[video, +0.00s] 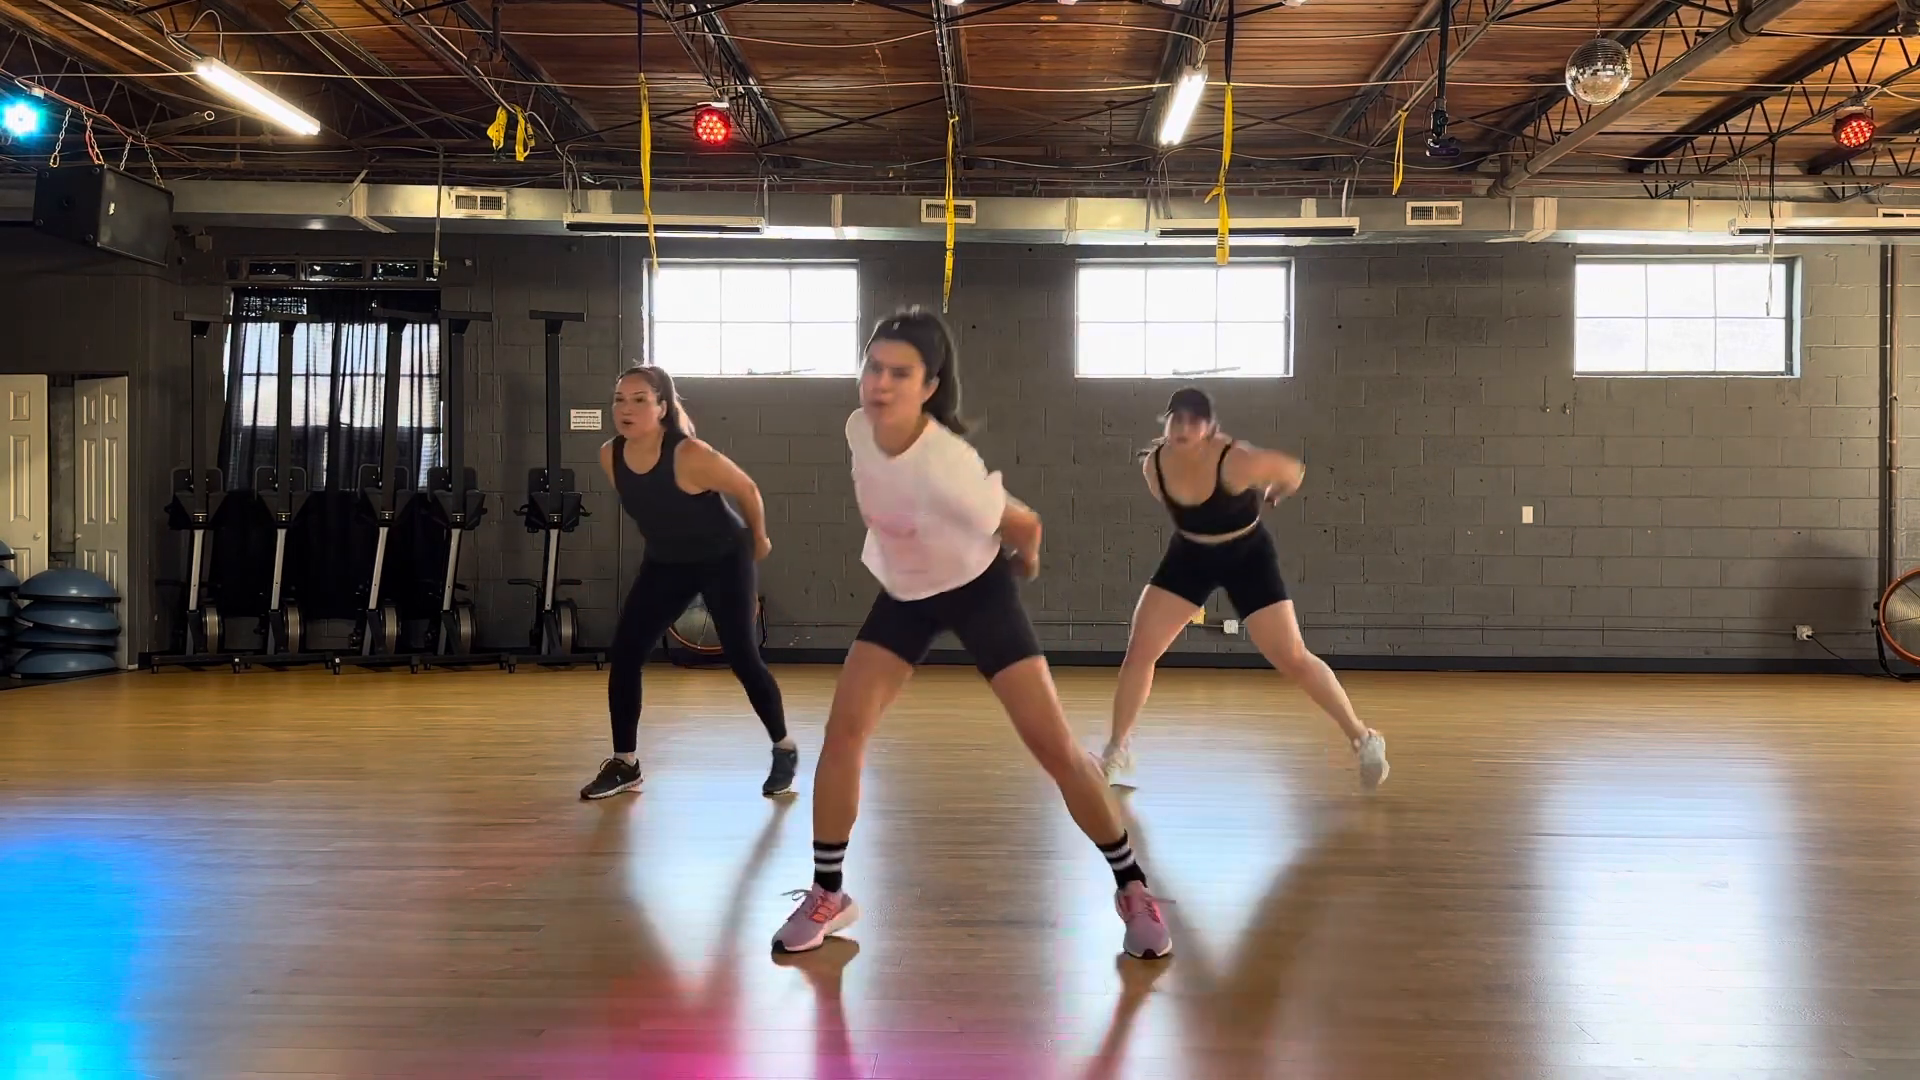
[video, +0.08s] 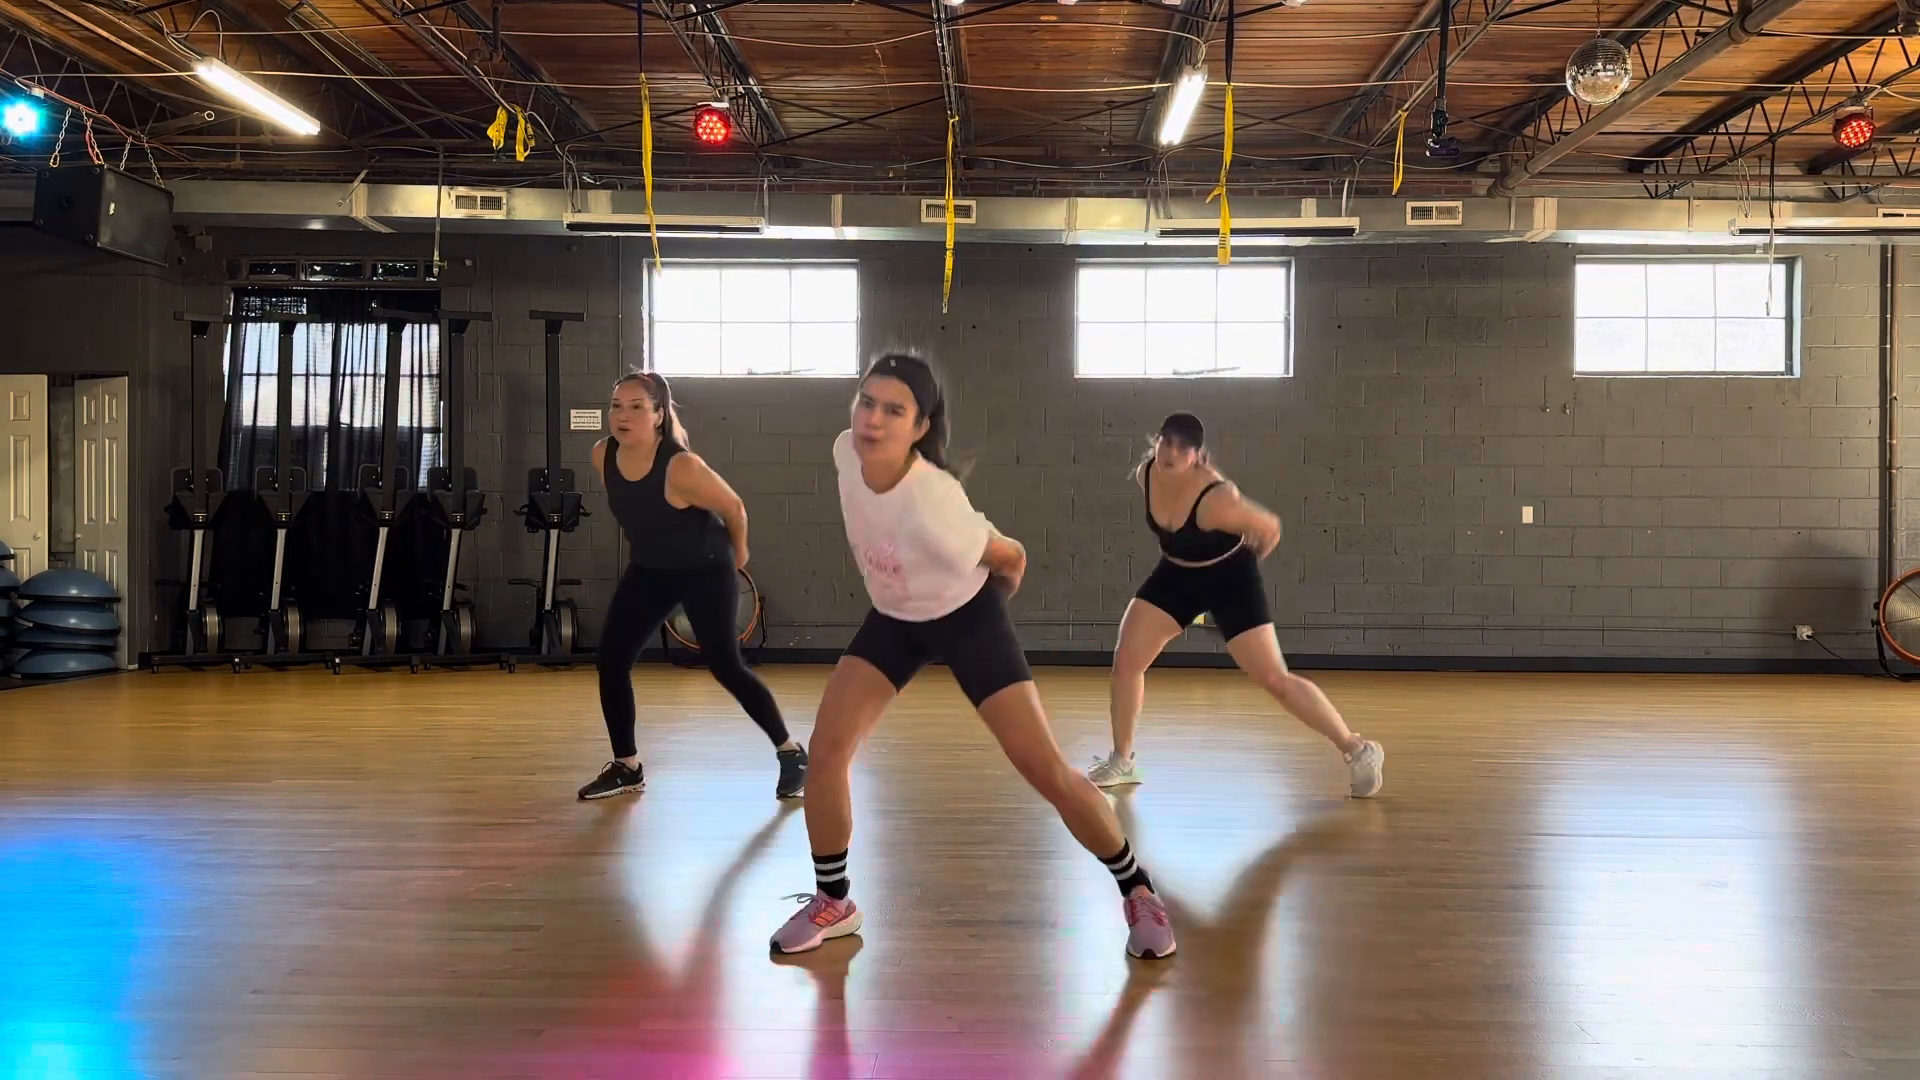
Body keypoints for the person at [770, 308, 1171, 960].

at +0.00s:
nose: (879, 383)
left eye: (897, 372)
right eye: (873, 367)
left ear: (929, 386)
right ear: (861, 370)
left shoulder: (948, 465)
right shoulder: (859, 428)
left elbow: (1024, 523)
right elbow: (901, 502)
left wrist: (1026, 555)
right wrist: (980, 537)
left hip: (979, 587)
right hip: (902, 591)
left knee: (1058, 750)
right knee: (843, 731)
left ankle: (1133, 888)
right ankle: (826, 892)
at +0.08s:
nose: (872, 418)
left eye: (893, 410)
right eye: (866, 402)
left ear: (921, 428)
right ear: (855, 405)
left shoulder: (935, 506)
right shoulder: (845, 452)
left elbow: (1010, 555)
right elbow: (893, 526)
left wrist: (1001, 589)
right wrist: (966, 571)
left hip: (968, 614)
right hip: (892, 615)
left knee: (1045, 768)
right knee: (825, 750)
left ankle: (1140, 895)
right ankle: (832, 900)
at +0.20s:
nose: (910, 424)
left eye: (928, 414)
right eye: (899, 409)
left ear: (953, 430)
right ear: (882, 414)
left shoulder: (970, 502)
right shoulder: (845, 462)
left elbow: (1011, 543)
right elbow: (846, 511)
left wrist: (960, 564)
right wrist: (884, 550)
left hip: (958, 608)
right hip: (874, 611)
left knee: (1047, 750)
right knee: (826, 752)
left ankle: (1143, 881)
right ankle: (830, 899)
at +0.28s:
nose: (952, 410)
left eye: (967, 396)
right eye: (938, 395)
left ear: (990, 406)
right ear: (917, 400)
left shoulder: (1015, 474)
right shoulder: (873, 455)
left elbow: (1003, 521)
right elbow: (836, 499)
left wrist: (947, 541)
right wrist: (892, 536)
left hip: (969, 587)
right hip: (881, 593)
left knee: (1052, 719)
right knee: (827, 735)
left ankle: (1125, 873)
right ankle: (810, 883)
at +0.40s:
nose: (994, 401)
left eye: (1007, 385)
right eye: (977, 389)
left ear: (1027, 388)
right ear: (955, 397)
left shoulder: (1045, 448)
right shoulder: (912, 462)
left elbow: (1008, 506)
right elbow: (851, 510)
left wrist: (953, 540)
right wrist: (894, 545)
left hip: (985, 576)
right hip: (902, 578)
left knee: (1045, 714)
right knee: (833, 733)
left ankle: (1095, 885)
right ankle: (770, 875)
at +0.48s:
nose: (1028, 413)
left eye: (1038, 395)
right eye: (1010, 401)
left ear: (1054, 396)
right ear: (984, 413)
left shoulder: (1056, 443)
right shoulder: (956, 491)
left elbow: (1008, 517)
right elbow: (888, 542)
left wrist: (925, 545)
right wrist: (879, 551)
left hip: (1000, 603)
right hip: (920, 599)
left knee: (1056, 738)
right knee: (841, 754)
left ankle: (1072, 905)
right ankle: (741, 878)